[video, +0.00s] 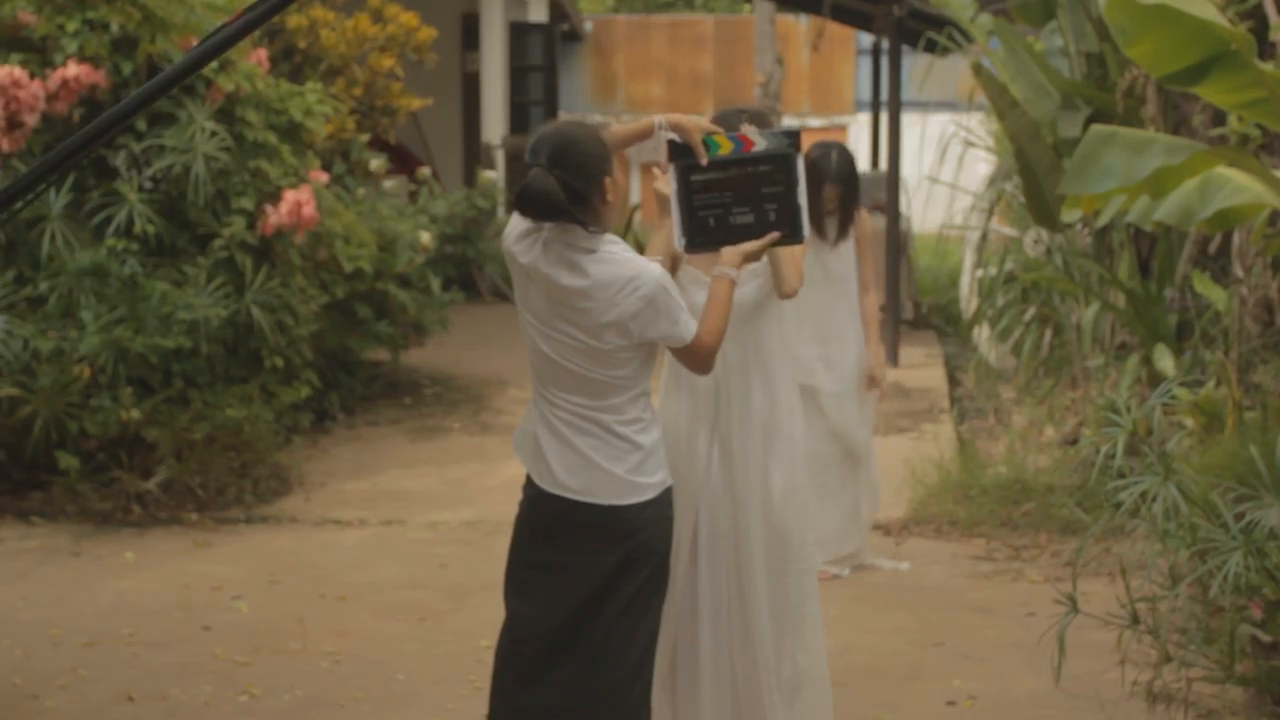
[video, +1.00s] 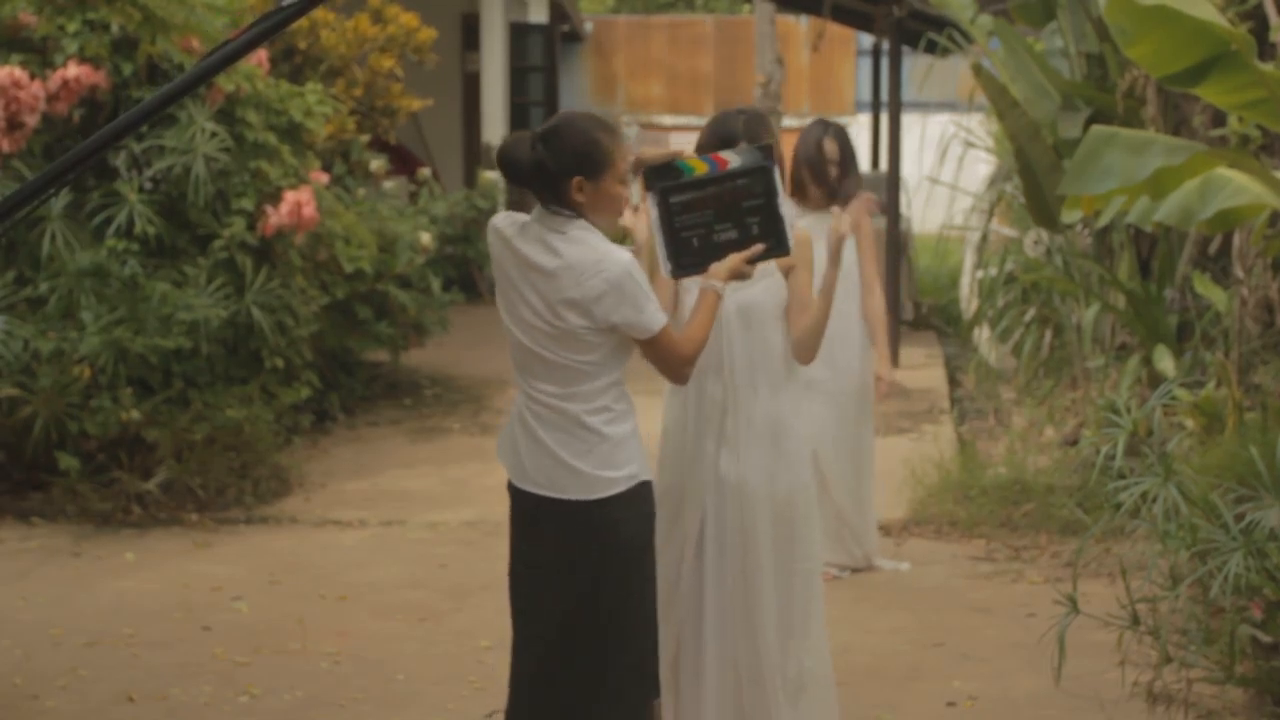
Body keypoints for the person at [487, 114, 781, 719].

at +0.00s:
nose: (623, 179)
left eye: (615, 166)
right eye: (617, 169)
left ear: (544, 181)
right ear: (607, 186)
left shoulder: (523, 243)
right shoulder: (637, 278)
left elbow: (559, 162)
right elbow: (699, 355)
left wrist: (654, 126)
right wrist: (727, 269)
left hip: (551, 488)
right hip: (629, 496)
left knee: (527, 654)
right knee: (618, 666)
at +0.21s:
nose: (621, 178)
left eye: (617, 165)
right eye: (615, 169)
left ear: (542, 182)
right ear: (607, 187)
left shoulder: (523, 240)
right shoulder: (637, 279)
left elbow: (583, 187)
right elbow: (699, 356)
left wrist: (650, 136)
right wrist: (726, 269)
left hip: (551, 488)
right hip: (629, 497)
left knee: (527, 656)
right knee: (618, 667)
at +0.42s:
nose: (622, 180)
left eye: (617, 167)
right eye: (617, 170)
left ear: (543, 181)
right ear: (608, 188)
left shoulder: (523, 240)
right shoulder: (638, 278)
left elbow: (595, 197)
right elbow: (701, 355)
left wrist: (652, 146)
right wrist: (731, 270)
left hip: (549, 486)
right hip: (628, 496)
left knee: (527, 652)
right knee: (617, 666)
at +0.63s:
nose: (630, 174)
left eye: (626, 163)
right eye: (624, 167)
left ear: (550, 180)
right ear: (605, 188)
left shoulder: (523, 240)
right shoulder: (638, 276)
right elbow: (703, 354)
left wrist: (652, 147)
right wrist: (733, 271)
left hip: (549, 487)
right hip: (626, 495)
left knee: (526, 653)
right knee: (617, 665)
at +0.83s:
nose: (632, 180)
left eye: (631, 168)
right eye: (625, 171)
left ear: (552, 179)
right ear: (602, 190)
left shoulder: (516, 242)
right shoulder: (631, 274)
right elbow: (698, 351)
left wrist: (654, 187)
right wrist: (726, 266)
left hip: (545, 488)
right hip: (623, 495)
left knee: (530, 662)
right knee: (615, 668)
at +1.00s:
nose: (630, 192)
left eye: (630, 177)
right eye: (621, 180)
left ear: (562, 184)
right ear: (578, 188)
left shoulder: (504, 233)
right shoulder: (609, 266)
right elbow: (679, 361)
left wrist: (638, 158)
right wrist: (715, 280)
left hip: (531, 474)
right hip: (605, 482)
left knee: (541, 647)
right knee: (618, 655)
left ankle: (535, 717)